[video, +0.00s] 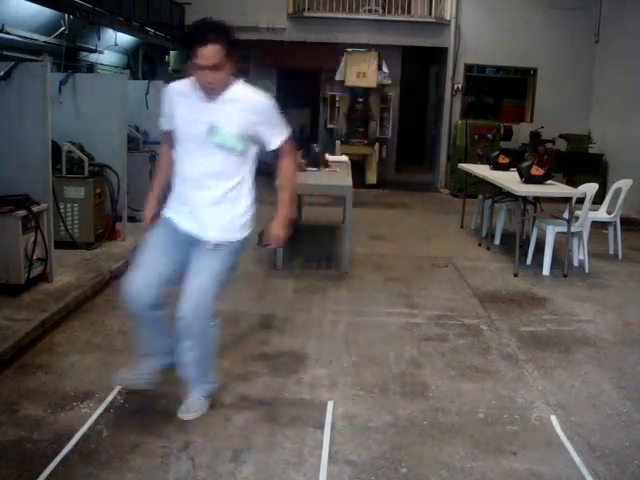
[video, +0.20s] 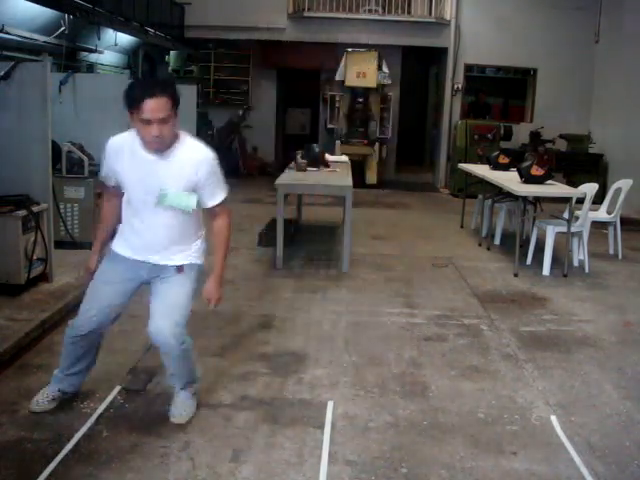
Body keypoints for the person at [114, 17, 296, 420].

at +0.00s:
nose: (205, 76)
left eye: (214, 68)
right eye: (199, 67)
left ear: (233, 65)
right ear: (190, 64)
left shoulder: (257, 105)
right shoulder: (176, 94)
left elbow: (287, 153)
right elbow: (169, 148)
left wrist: (283, 217)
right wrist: (153, 201)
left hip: (223, 231)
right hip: (177, 220)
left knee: (193, 311)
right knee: (138, 291)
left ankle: (200, 387)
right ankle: (158, 356)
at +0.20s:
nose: (156, 131)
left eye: (164, 121)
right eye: (146, 122)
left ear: (176, 116)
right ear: (132, 118)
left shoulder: (201, 158)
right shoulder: (117, 149)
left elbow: (219, 215)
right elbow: (111, 199)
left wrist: (216, 277)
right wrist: (96, 251)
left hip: (178, 263)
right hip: (126, 256)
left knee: (166, 332)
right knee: (84, 325)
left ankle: (185, 390)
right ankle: (64, 386)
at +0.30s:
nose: (175, 133)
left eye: (182, 124)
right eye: (166, 125)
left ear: (192, 116)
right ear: (148, 120)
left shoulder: (213, 158)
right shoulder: (126, 147)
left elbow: (222, 218)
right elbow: (111, 195)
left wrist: (213, 278)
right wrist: (95, 246)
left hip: (182, 264)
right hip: (126, 257)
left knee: (179, 335)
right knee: (89, 325)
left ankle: (171, 400)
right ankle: (62, 386)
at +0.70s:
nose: (318, 99)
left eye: (324, 90)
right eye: (308, 90)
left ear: (330, 85)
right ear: (281, 82)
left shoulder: (339, 128)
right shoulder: (247, 119)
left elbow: (344, 193)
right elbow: (221, 178)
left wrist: (348, 258)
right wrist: (208, 241)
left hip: (316, 254)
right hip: (254, 255)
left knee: (355, 331)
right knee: (231, 336)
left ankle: (376, 411)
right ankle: (204, 408)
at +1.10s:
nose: (469, 99)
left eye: (478, 89)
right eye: (459, 89)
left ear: (490, 84)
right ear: (444, 83)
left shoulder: (513, 113)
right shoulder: (416, 116)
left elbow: (534, 155)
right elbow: (381, 155)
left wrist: (539, 216)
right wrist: (380, 222)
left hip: (506, 255)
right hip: (447, 262)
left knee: (547, 337)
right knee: (466, 353)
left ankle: (578, 420)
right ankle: (487, 419)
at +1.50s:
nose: (463, 86)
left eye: (472, 76)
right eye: (457, 76)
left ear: (501, 70)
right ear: (449, 70)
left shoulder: (531, 113)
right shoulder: (434, 105)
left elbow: (552, 168)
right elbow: (409, 149)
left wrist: (556, 235)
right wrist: (411, 211)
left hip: (510, 252)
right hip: (449, 251)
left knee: (540, 339)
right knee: (457, 341)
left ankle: (568, 418)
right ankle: (469, 417)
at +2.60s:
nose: (186, 99)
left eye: (195, 88)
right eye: (177, 89)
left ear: (212, 82)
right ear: (163, 83)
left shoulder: (239, 129)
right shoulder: (142, 116)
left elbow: (254, 188)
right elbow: (121, 167)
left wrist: (239, 255)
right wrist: (96, 226)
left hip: (202, 266)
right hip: (140, 256)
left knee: (192, 355)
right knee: (103, 325)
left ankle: (172, 418)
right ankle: (55, 396)